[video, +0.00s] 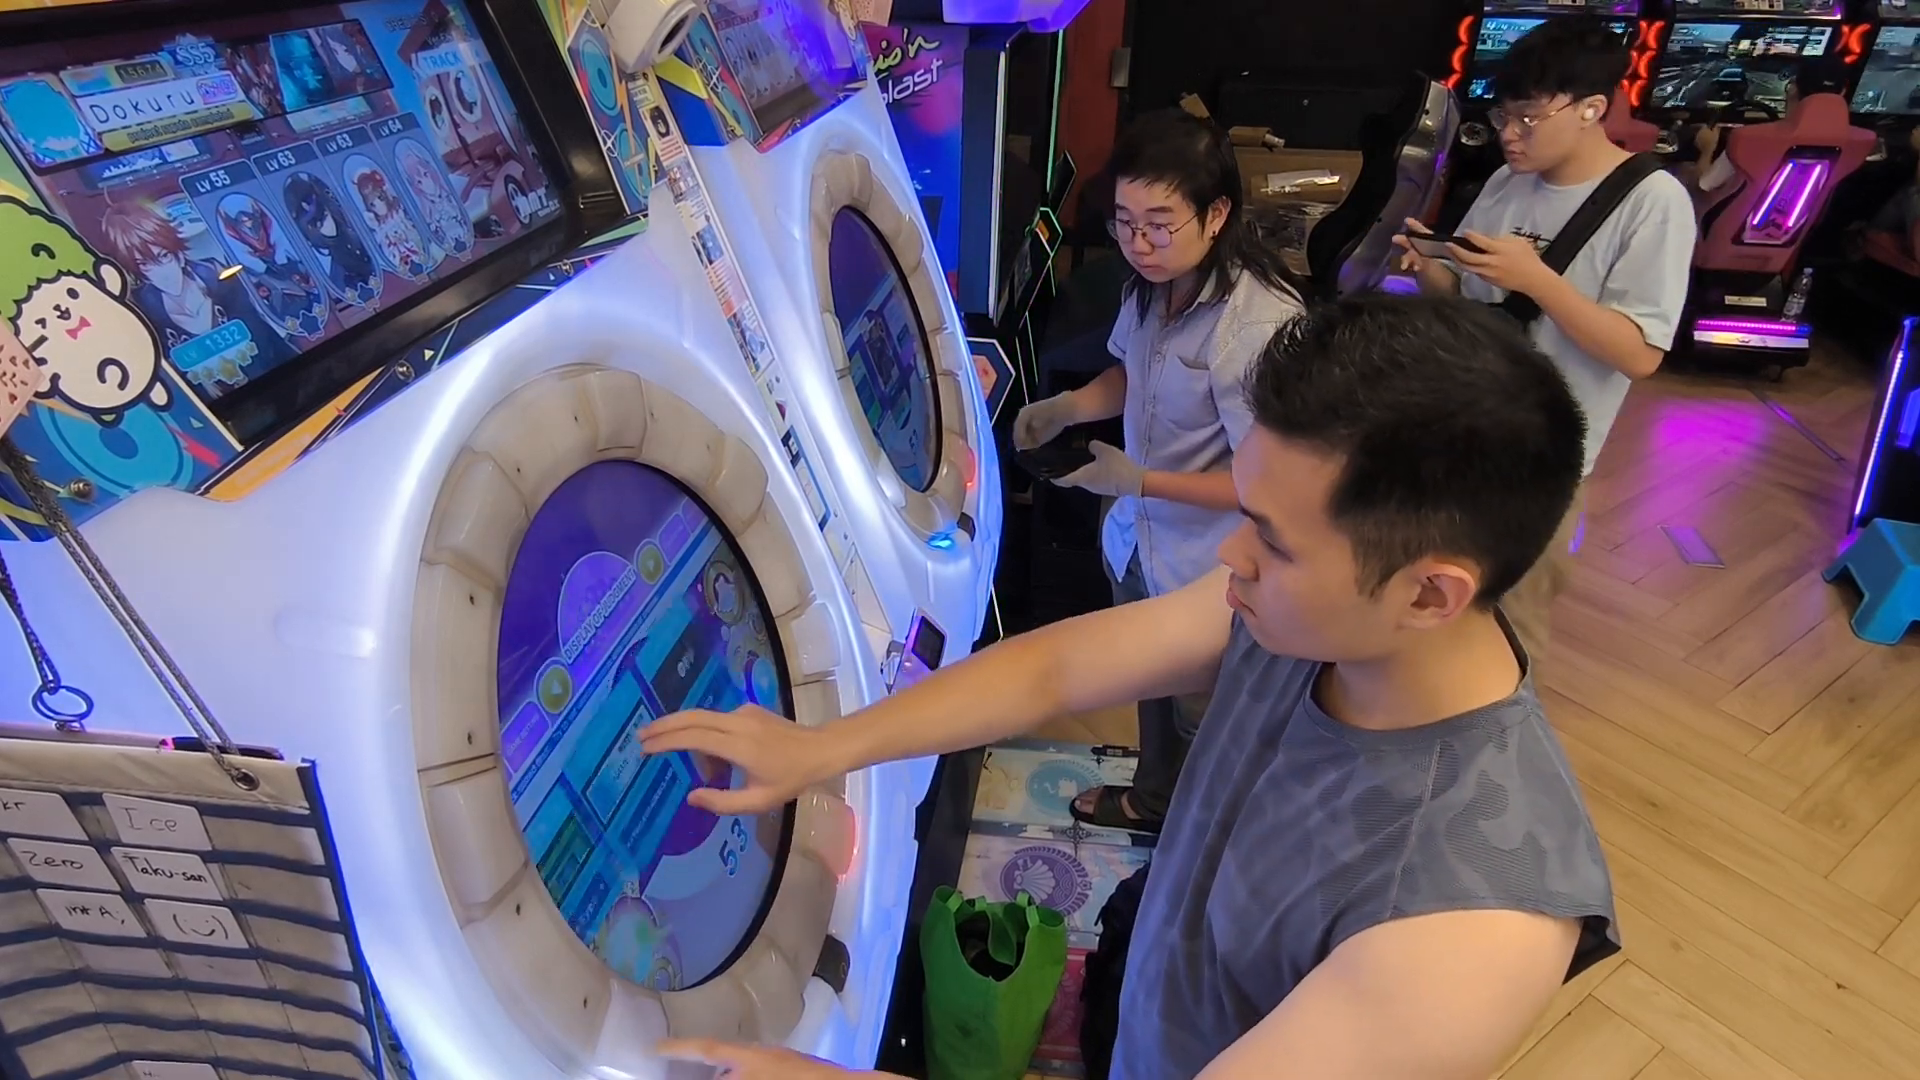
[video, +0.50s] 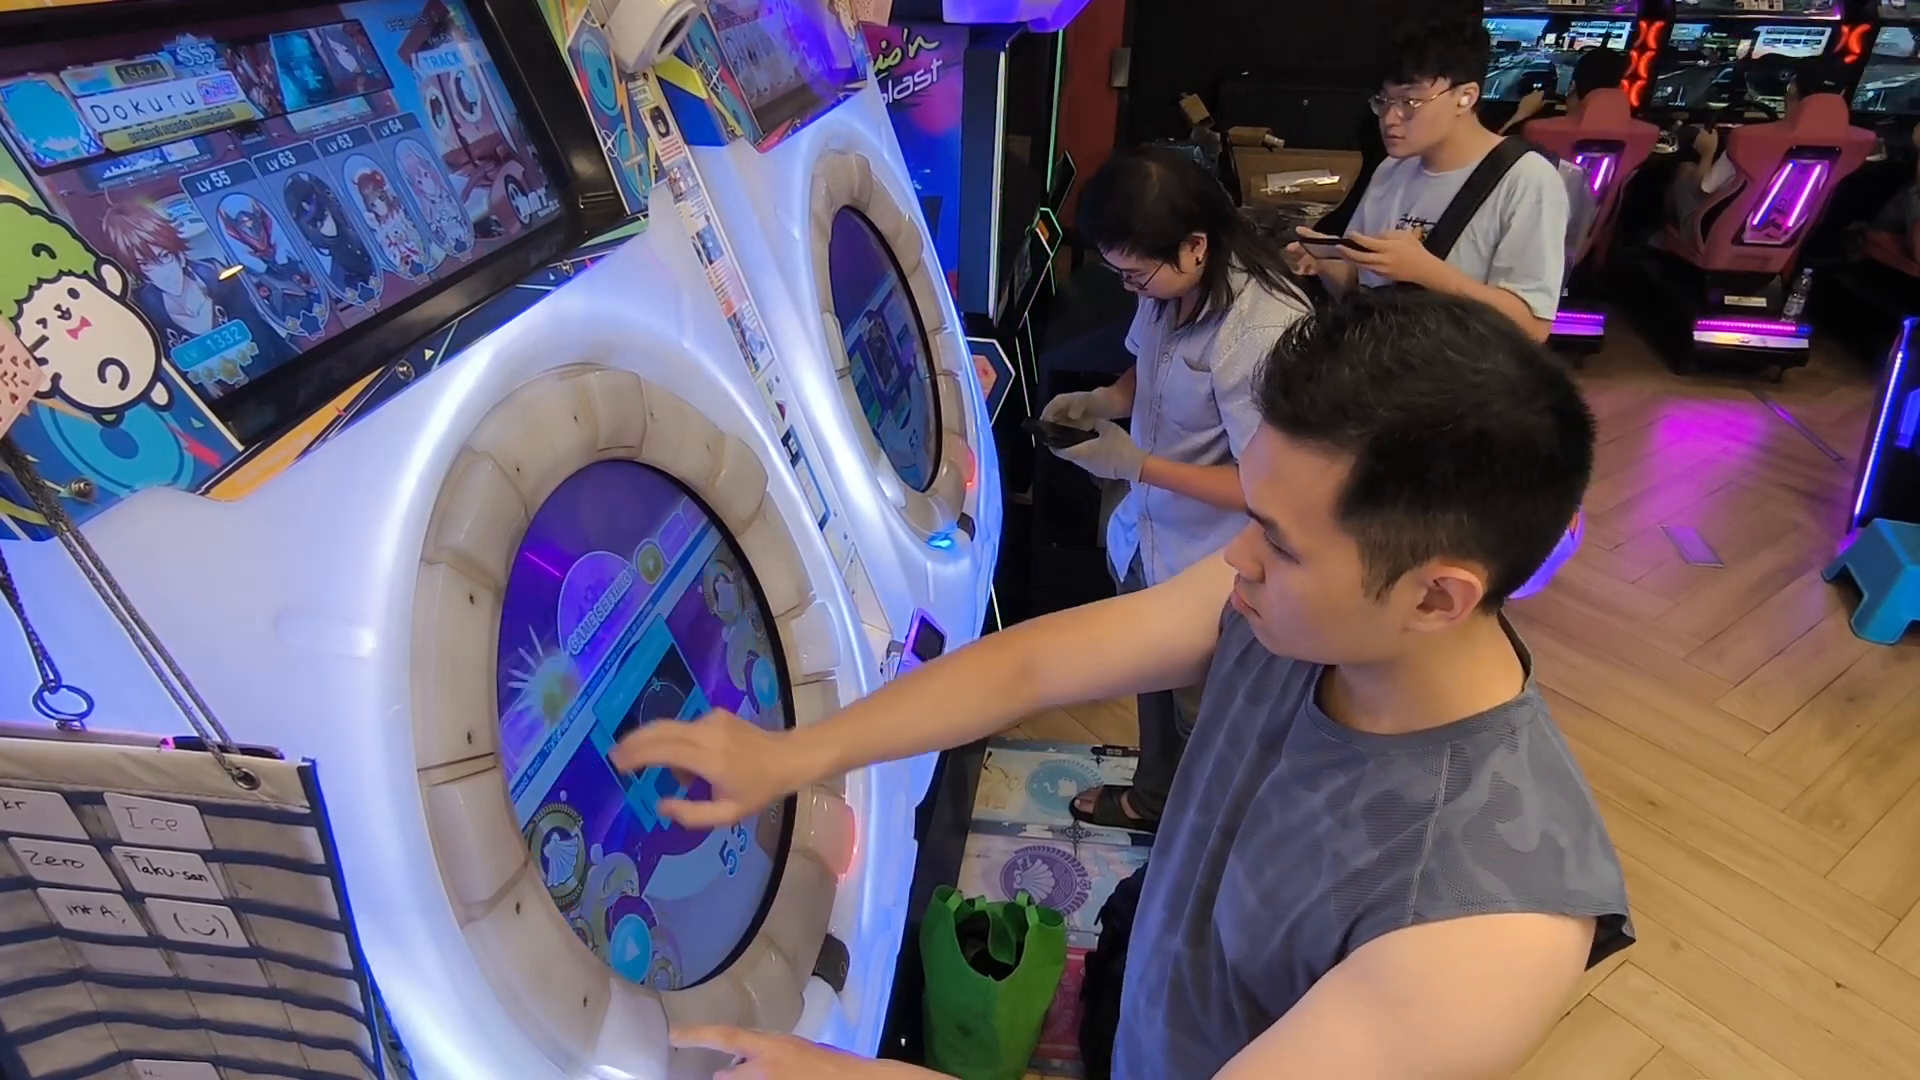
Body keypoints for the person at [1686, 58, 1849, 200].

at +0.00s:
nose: (1788, 87)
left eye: (1792, 82)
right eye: (1791, 81)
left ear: (1795, 91)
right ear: (1842, 94)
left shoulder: (1755, 140)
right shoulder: (1848, 150)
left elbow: (1705, 185)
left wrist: (1706, 151)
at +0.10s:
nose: (1787, 90)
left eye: (1791, 85)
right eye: (1791, 83)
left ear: (1794, 90)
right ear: (1841, 95)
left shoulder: (1759, 140)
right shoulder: (1838, 150)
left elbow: (1708, 185)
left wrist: (1706, 152)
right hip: (1779, 250)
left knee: (1685, 170)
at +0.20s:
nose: (1787, 89)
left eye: (1791, 84)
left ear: (1794, 90)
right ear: (1840, 95)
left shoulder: (1759, 140)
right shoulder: (1837, 152)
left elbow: (1708, 180)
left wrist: (1709, 141)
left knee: (1682, 172)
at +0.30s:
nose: (1787, 94)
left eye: (1791, 89)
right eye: (1790, 88)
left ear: (1796, 95)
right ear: (1839, 97)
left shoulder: (1756, 140)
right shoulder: (1838, 151)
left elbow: (1707, 180)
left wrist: (1707, 143)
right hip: (1780, 248)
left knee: (1684, 172)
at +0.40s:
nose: (1787, 89)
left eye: (1791, 85)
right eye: (1792, 84)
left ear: (1794, 92)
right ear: (1839, 97)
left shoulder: (1756, 140)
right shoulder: (1843, 150)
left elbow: (1706, 183)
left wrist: (1706, 150)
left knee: (1684, 171)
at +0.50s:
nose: (1787, 90)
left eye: (1791, 86)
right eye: (1791, 84)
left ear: (1794, 92)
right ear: (1838, 98)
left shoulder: (1756, 140)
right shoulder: (1835, 151)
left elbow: (1707, 186)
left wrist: (1707, 152)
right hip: (1780, 245)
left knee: (1685, 171)